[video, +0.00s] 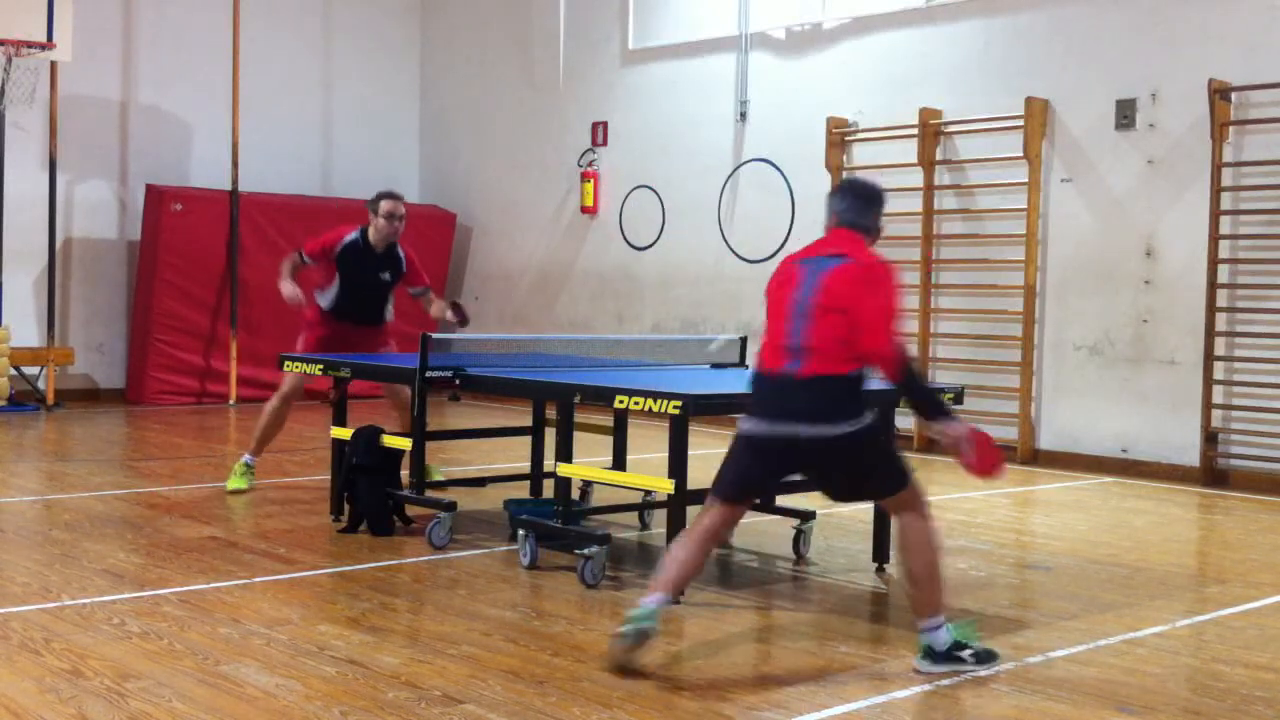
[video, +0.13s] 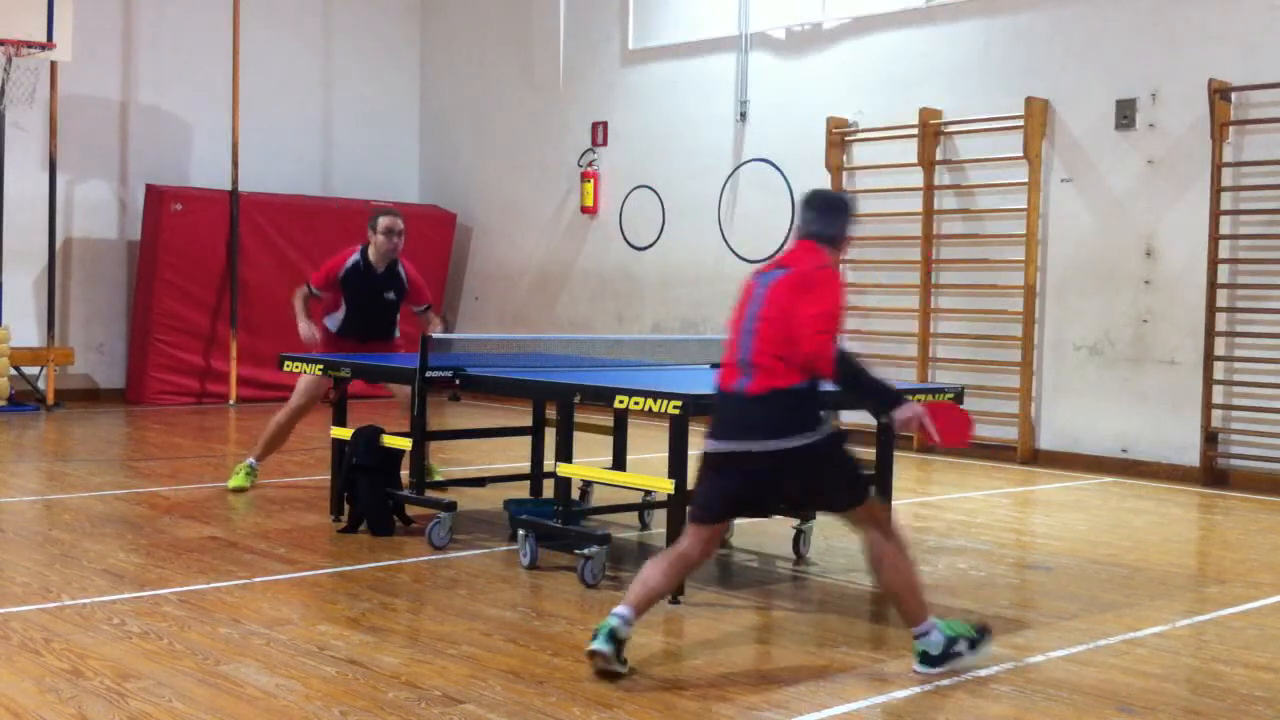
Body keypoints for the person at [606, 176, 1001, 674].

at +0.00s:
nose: (879, 228)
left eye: (872, 220)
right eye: (879, 221)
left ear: (830, 217)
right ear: (876, 223)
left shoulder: (790, 264)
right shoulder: (869, 269)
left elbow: (782, 350)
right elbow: (882, 349)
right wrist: (936, 413)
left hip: (766, 422)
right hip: (836, 426)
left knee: (716, 515)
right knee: (910, 509)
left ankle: (647, 609)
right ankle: (937, 638)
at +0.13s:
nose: (848, 242)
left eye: (843, 232)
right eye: (848, 234)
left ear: (800, 227)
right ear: (842, 236)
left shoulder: (761, 275)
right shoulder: (820, 273)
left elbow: (748, 362)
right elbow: (818, 351)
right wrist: (890, 401)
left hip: (729, 444)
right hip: (794, 442)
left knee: (695, 541)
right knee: (877, 522)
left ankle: (616, 625)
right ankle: (929, 638)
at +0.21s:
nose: (812, 239)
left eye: (810, 229)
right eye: (812, 230)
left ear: (763, 222)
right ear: (804, 229)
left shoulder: (719, 270)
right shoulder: (791, 269)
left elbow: (716, 353)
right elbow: (800, 350)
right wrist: (870, 391)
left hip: (706, 432)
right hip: (770, 432)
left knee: (682, 541)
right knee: (848, 527)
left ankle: (607, 631)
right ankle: (919, 635)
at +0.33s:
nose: (748, 226)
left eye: (743, 220)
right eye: (746, 220)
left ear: (697, 216)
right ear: (739, 218)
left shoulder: (656, 273)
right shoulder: (755, 252)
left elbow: (655, 365)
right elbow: (795, 318)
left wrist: (705, 330)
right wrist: (736, 298)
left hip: (700, 442)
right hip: (779, 430)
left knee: (655, 535)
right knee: (848, 523)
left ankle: (606, 641)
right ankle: (914, 640)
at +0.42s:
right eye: (706, 205)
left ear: (656, 216)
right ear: (708, 210)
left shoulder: (642, 285)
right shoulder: (739, 248)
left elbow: (640, 381)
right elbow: (781, 271)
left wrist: (679, 349)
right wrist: (730, 227)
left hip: (706, 435)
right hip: (783, 421)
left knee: (632, 516)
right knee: (852, 520)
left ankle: (611, 651)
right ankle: (924, 632)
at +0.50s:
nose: (633, 226)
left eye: (633, 219)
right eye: (635, 219)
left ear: (639, 222)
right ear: (688, 217)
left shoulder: (638, 291)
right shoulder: (733, 255)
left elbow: (645, 385)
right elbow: (786, 305)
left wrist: (678, 347)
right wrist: (734, 283)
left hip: (709, 435)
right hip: (782, 421)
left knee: (625, 514)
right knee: (849, 516)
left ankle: (610, 650)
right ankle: (926, 621)